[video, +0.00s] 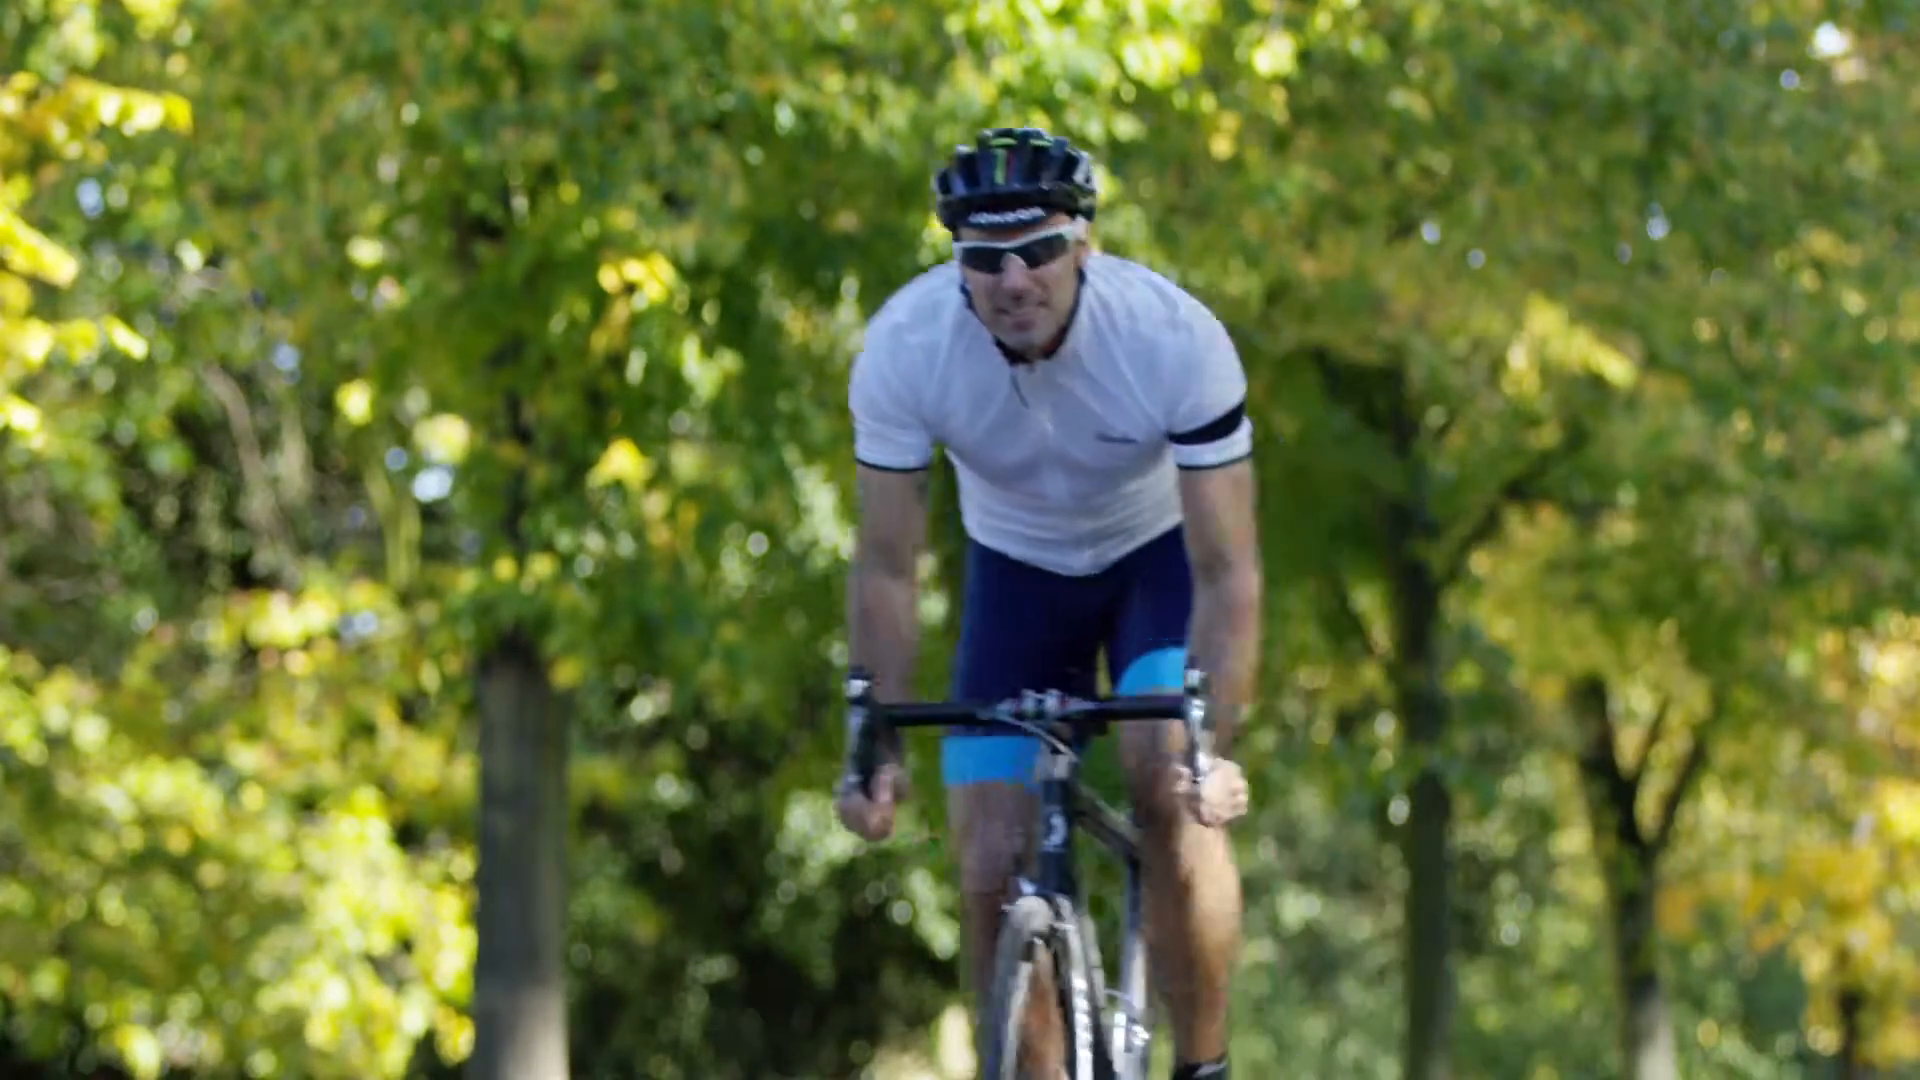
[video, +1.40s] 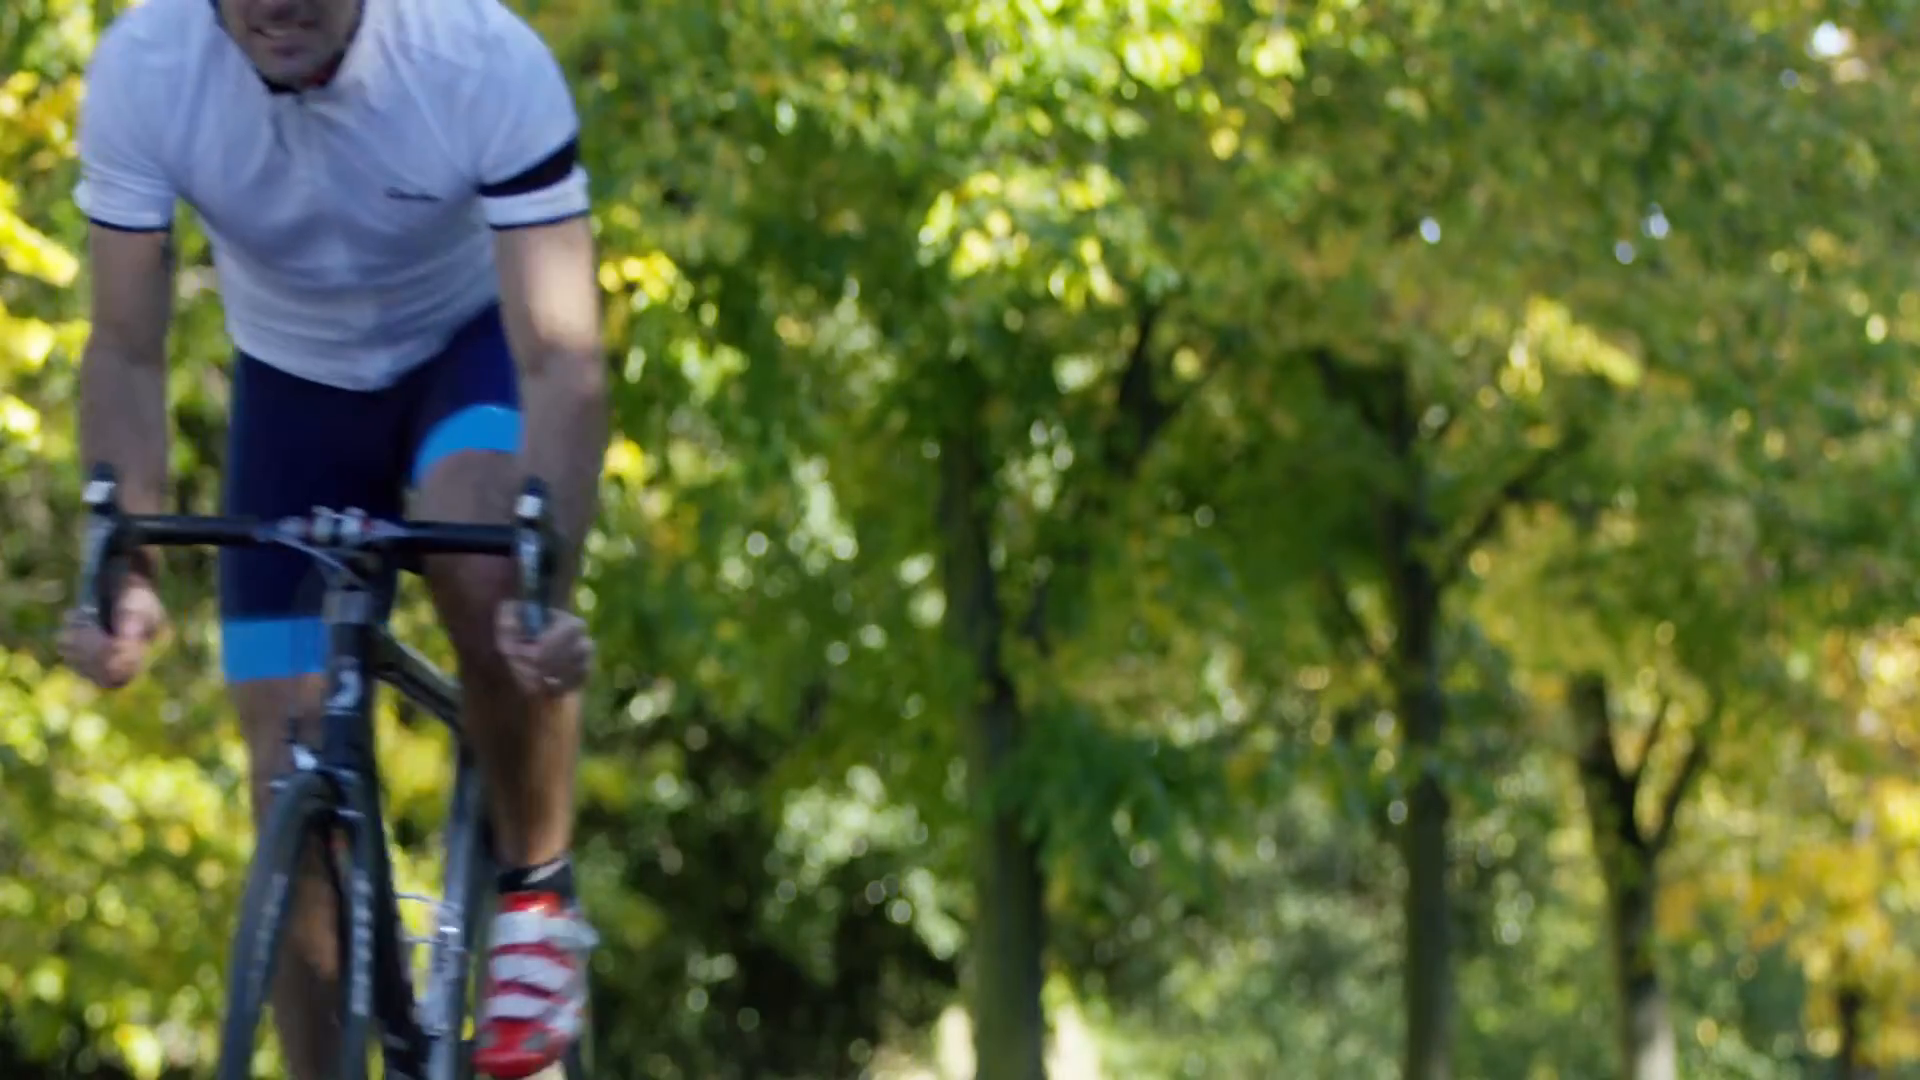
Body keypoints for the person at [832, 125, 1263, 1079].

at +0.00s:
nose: (1011, 281)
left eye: (1037, 253)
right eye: (984, 258)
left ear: (1084, 243)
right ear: (956, 257)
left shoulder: (1176, 340)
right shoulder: (903, 350)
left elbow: (1227, 563)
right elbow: (886, 561)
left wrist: (1216, 742)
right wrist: (873, 735)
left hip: (1158, 545)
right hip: (1009, 561)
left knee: (1169, 785)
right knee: (991, 862)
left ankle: (1203, 1066)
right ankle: (1040, 1069)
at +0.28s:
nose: (879, 241)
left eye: (906, 212)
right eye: (851, 216)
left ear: (955, 202)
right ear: (822, 216)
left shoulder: (1053, 301)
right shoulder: (775, 308)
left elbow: (1103, 532)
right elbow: (746, 531)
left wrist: (1080, 717)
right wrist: (725, 718)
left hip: (1050, 543)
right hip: (892, 533)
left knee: (1052, 845)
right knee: (827, 791)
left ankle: (1074, 1071)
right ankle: (896, 997)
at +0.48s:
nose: (772, 213)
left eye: (801, 182)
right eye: (744, 187)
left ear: (854, 172)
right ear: (716, 185)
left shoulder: (956, 265)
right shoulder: (672, 284)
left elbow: (1026, 505)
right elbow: (648, 512)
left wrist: (1002, 704)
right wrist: (628, 700)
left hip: (963, 524)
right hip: (804, 503)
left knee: (978, 884)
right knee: (720, 696)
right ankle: (790, 965)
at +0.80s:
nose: (607, 146)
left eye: (638, 112)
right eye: (576, 115)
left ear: (691, 98)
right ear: (543, 108)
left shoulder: (798, 198)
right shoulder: (498, 214)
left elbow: (879, 446)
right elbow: (497, 455)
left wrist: (875, 663)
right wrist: (493, 648)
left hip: (806, 450)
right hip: (641, 446)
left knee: (837, 814)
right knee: (590, 708)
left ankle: (896, 1070)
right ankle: (645, 1050)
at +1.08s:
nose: (461, 80)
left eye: (492, 45)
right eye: (427, 51)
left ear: (550, 29)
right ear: (395, 49)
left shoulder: (663, 144)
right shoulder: (339, 151)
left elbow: (734, 410)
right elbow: (343, 407)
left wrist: (739, 631)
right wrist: (347, 599)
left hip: (661, 420)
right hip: (484, 435)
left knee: (682, 704)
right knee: (477, 771)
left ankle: (767, 954)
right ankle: (496, 1073)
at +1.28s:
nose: (354, 31)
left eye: (387, 5)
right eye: (321, 7)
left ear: (439, 4)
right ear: (287, 11)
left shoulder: (554, 96)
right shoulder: (221, 107)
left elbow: (629, 378)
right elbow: (210, 369)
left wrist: (632, 615)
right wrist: (207, 579)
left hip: (541, 377)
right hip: (362, 404)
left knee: (561, 611)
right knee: (367, 799)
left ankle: (628, 885)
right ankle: (389, 1070)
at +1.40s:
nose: (273, 4)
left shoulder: (487, 62)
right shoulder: (144, 69)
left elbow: (564, 351)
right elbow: (124, 344)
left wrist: (554, 584)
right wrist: (122, 555)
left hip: (471, 333)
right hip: (288, 363)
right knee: (291, 792)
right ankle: (323, 1074)